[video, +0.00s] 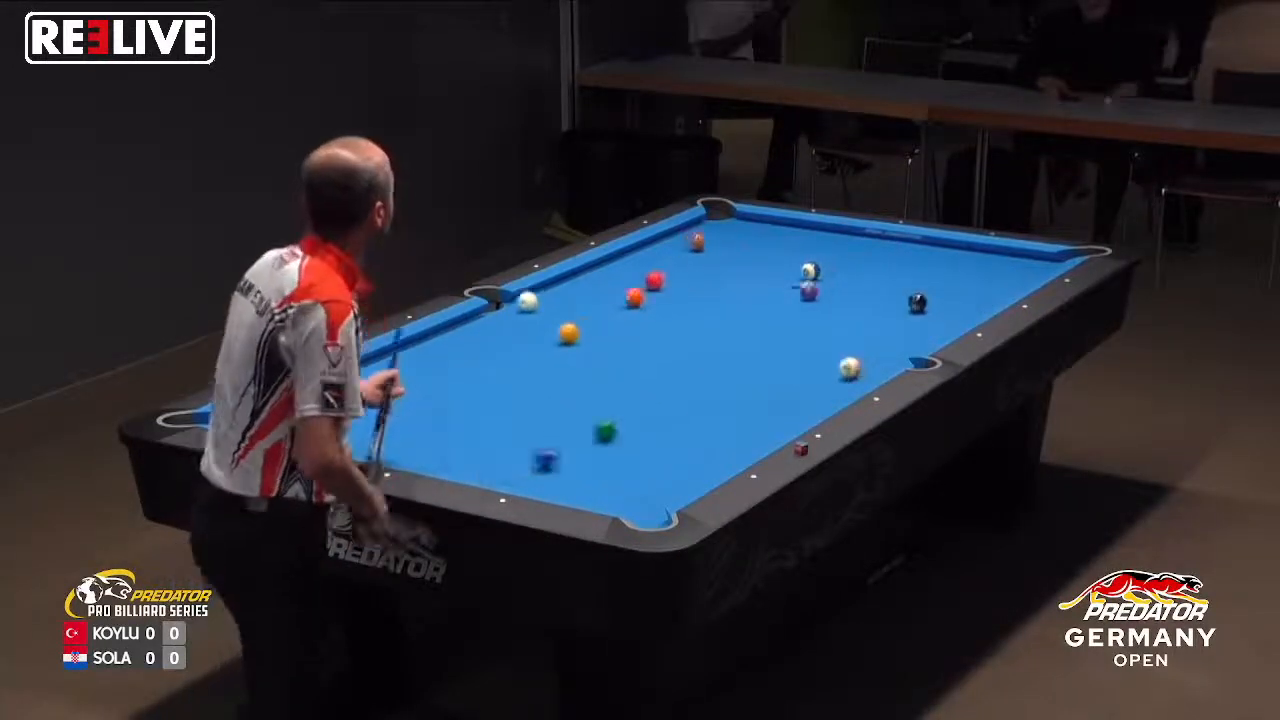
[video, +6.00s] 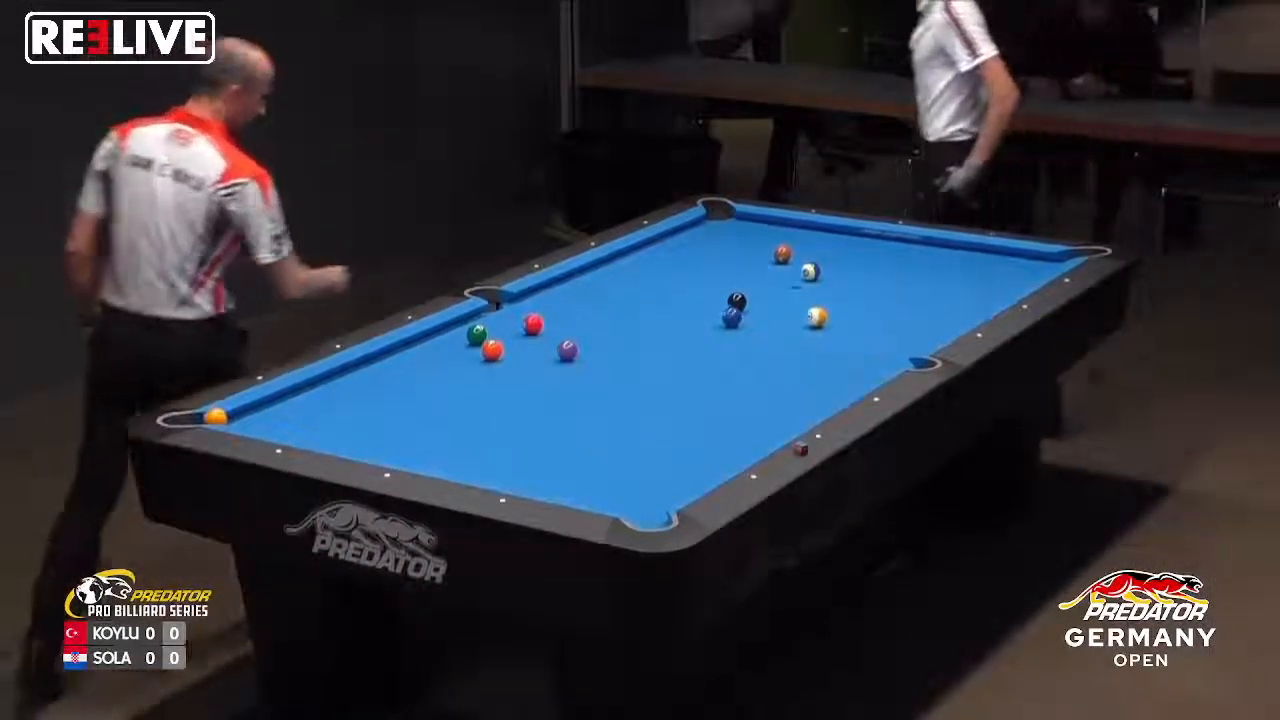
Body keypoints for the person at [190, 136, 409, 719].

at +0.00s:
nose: (393, 205)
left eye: (392, 192)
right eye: (392, 195)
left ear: (312, 199)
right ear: (378, 212)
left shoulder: (270, 266)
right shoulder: (327, 303)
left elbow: (272, 383)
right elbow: (320, 455)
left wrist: (355, 391)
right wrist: (371, 506)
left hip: (224, 504)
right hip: (270, 523)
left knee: (273, 669)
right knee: (292, 677)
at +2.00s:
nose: (334, 228)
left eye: (332, 213)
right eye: (334, 216)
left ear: (242, 218)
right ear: (320, 233)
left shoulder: (180, 320)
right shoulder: (324, 359)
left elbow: (172, 458)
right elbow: (368, 520)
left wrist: (190, 540)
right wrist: (412, 620)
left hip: (229, 577)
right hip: (314, 587)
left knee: (256, 705)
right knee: (338, 706)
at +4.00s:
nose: (145, 176)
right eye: (145, 165)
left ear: (61, 165)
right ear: (139, 172)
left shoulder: (17, 266)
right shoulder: (184, 271)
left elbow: (10, 388)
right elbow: (210, 411)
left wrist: (39, 409)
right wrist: (203, 491)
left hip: (60, 506)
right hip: (159, 498)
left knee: (94, 673)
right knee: (160, 669)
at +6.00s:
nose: (262, 108)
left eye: (263, 95)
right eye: (260, 95)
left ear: (205, 83)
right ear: (236, 92)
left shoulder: (122, 139)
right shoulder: (242, 175)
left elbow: (79, 251)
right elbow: (289, 284)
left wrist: (102, 308)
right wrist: (333, 276)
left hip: (118, 339)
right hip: (200, 346)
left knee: (90, 496)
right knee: (241, 493)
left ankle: (43, 662)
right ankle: (281, 639)